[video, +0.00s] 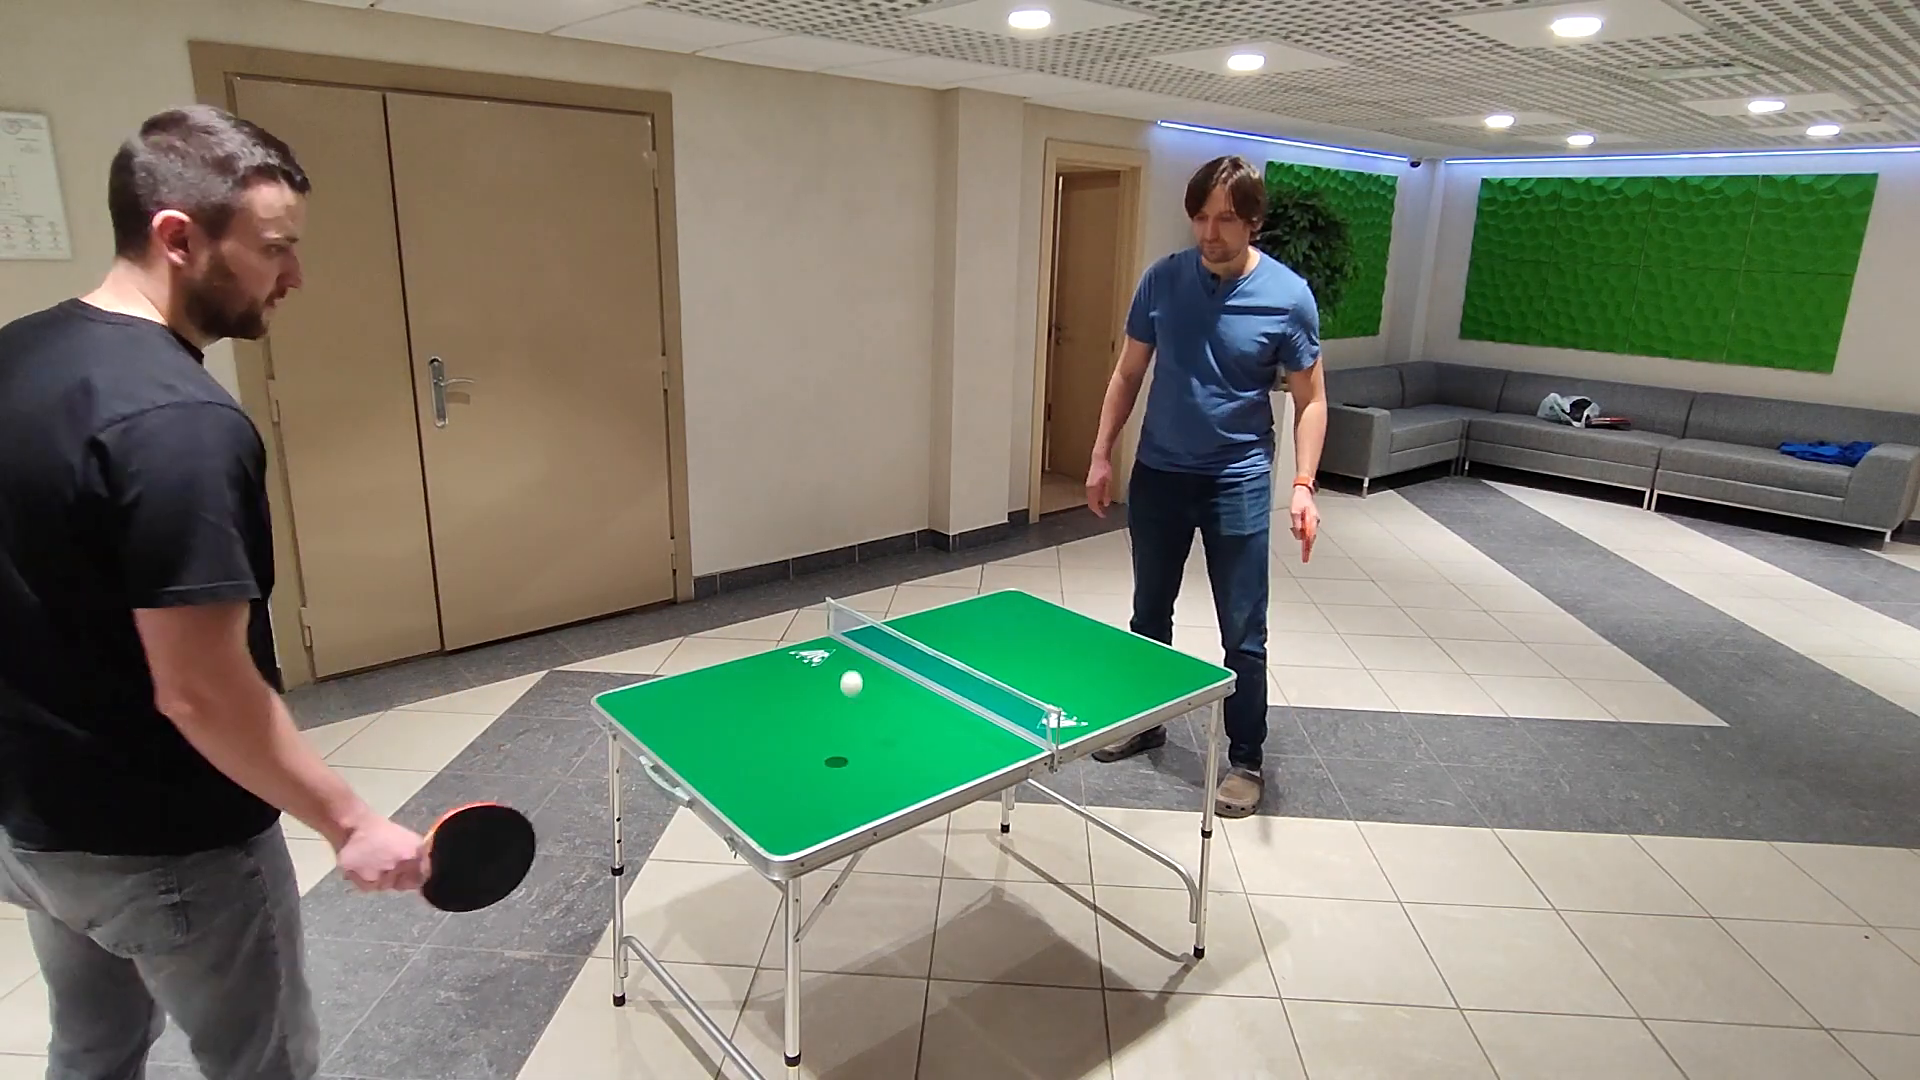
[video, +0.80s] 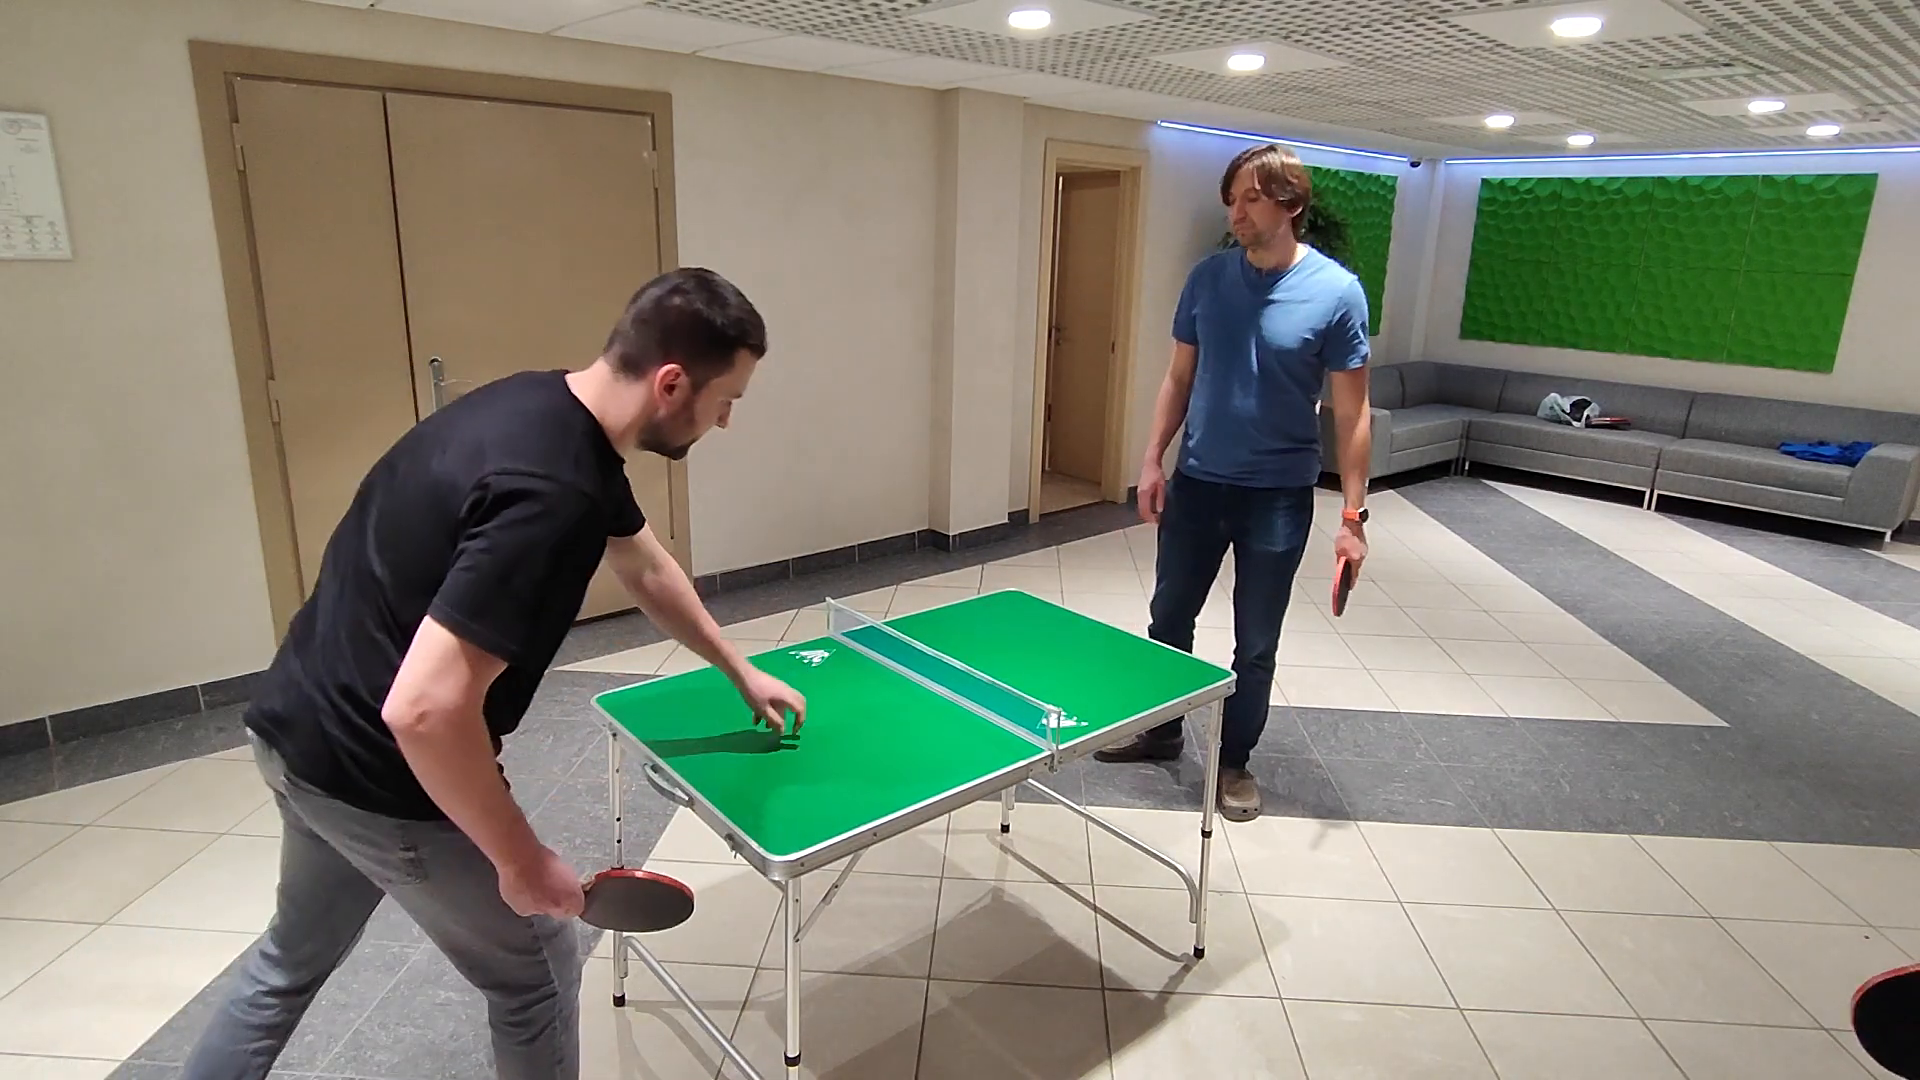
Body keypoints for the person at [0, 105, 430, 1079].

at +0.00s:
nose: (295, 277)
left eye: (294, 248)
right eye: (278, 246)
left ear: (171, 239)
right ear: (177, 239)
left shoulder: (18, 352)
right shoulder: (182, 422)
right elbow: (204, 688)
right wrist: (348, 822)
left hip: (36, 821)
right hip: (176, 847)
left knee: (90, 1056)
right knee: (269, 1063)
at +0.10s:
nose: (274, 276)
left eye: (271, 247)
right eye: (252, 247)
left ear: (148, 244)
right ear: (150, 241)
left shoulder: (33, 359)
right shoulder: (142, 422)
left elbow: (163, 578)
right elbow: (155, 692)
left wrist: (273, 696)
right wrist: (310, 824)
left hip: (55, 815)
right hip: (174, 839)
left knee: (92, 1047)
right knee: (334, 1021)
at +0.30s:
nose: (333, 287)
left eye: (331, 258)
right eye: (313, 259)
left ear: (213, 256)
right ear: (216, 254)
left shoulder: (165, 366)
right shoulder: (177, 426)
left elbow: (266, 561)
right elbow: (174, 692)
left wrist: (402, 656)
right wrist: (352, 795)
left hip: (121, 795)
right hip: (201, 820)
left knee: (115, 1038)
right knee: (389, 1011)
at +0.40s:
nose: (408, 311)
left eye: (407, 284)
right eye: (392, 286)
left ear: (299, 279)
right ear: (304, 279)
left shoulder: (248, 381)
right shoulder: (252, 444)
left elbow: (359, 546)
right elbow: (217, 706)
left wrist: (500, 631)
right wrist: (398, 800)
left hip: (154, 797)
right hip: (238, 822)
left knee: (131, 1046)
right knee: (426, 1026)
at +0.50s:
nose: (510, 347)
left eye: (510, 324)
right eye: (497, 324)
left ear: (415, 316)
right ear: (419, 316)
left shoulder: (335, 400)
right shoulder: (350, 471)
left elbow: (465, 543)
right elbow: (279, 724)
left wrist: (611, 615)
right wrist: (447, 825)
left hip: (205, 793)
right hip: (291, 822)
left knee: (171, 1042)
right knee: (476, 1017)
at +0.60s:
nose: (609, 390)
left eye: (612, 369)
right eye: (604, 369)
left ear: (523, 352)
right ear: (536, 359)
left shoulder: (433, 414)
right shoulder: (435, 489)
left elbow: (562, 546)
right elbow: (344, 735)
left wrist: (703, 613)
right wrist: (494, 854)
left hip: (246, 769)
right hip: (317, 808)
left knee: (217, 1021)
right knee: (515, 979)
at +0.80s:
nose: (726, 419)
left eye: (734, 401)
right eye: (726, 398)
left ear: (652, 373)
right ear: (671, 383)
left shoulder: (545, 411)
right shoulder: (559, 481)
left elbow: (645, 566)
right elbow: (426, 707)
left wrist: (742, 672)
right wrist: (522, 859)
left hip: (295, 722)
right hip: (376, 776)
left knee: (288, 960)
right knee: (536, 972)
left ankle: (204, 1075)